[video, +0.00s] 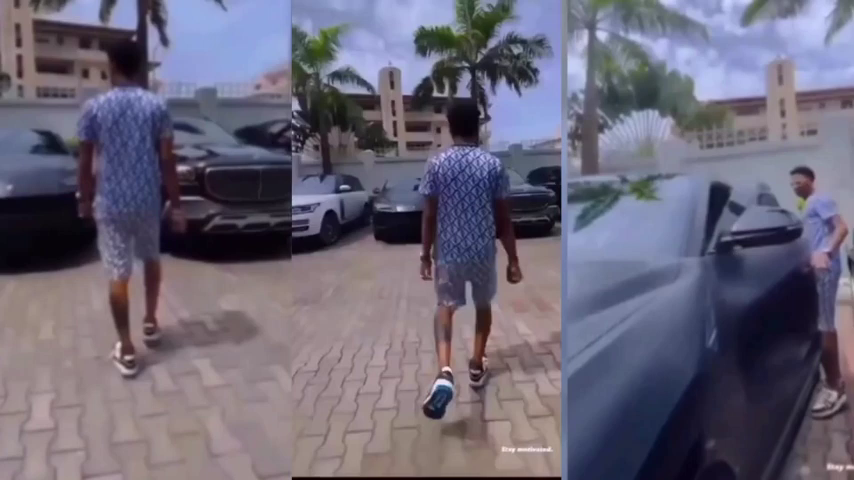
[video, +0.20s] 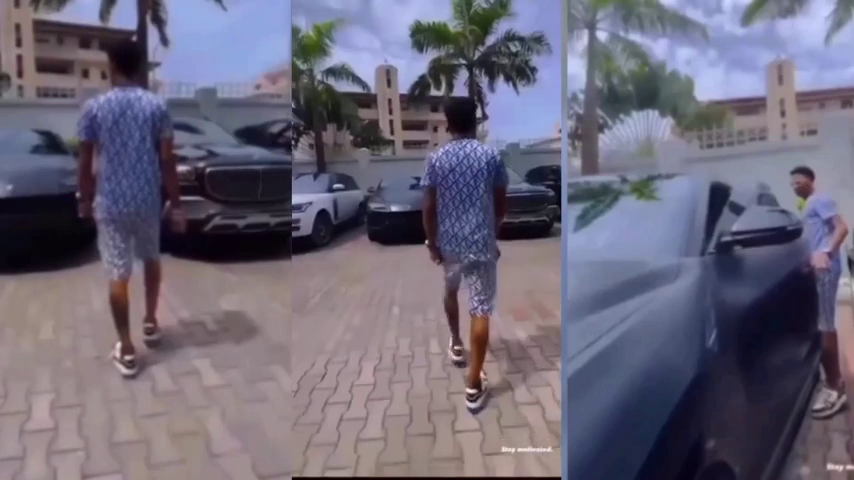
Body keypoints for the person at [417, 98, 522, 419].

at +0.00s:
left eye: (452, 125)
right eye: (476, 125)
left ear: (450, 128)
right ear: (478, 127)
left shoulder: (437, 163)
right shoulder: (492, 163)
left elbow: (429, 214)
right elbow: (503, 218)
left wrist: (426, 253)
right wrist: (513, 260)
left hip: (448, 252)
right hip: (482, 251)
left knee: (445, 305)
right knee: (483, 307)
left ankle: (444, 370)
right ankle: (477, 365)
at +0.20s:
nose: (448, 126)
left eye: (447, 120)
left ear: (448, 123)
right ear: (475, 122)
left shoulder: (437, 158)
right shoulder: (490, 156)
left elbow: (429, 207)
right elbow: (501, 201)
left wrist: (431, 242)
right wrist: (493, 230)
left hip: (450, 242)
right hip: (481, 242)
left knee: (451, 290)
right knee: (480, 311)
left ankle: (456, 342)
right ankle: (474, 385)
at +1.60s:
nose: (441, 135)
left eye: (440, 131)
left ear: (441, 132)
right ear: (464, 131)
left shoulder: (434, 161)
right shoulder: (475, 157)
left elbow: (430, 201)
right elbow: (482, 192)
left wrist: (427, 232)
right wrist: (479, 214)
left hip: (445, 226)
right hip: (470, 225)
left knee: (445, 268)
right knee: (472, 277)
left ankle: (449, 305)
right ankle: (467, 339)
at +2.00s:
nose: (429, 133)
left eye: (429, 129)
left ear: (430, 130)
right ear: (452, 130)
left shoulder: (419, 158)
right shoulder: (460, 158)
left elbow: (409, 195)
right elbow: (468, 194)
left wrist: (410, 221)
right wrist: (475, 225)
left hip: (428, 224)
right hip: (454, 224)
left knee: (434, 277)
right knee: (456, 263)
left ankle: (439, 332)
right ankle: (454, 300)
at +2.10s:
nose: (426, 137)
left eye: (426, 133)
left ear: (427, 135)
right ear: (448, 135)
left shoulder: (416, 161)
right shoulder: (457, 161)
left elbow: (406, 197)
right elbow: (463, 197)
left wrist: (404, 224)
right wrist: (470, 225)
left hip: (423, 226)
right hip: (448, 226)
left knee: (428, 280)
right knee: (448, 266)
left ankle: (435, 340)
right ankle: (445, 300)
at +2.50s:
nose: (403, 132)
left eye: (402, 129)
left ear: (402, 130)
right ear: (424, 129)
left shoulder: (392, 155)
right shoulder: (432, 156)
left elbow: (386, 193)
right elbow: (440, 192)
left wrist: (386, 224)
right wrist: (440, 219)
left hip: (399, 222)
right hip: (425, 222)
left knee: (397, 266)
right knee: (424, 270)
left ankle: (403, 306)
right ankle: (420, 322)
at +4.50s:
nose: (333, 140)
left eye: (326, 136)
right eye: (337, 136)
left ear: (321, 137)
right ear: (341, 137)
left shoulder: (311, 160)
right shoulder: (349, 159)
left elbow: (310, 192)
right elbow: (358, 188)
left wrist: (315, 204)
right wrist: (359, 202)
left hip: (325, 214)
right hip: (348, 213)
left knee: (333, 259)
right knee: (356, 252)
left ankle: (342, 304)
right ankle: (357, 289)